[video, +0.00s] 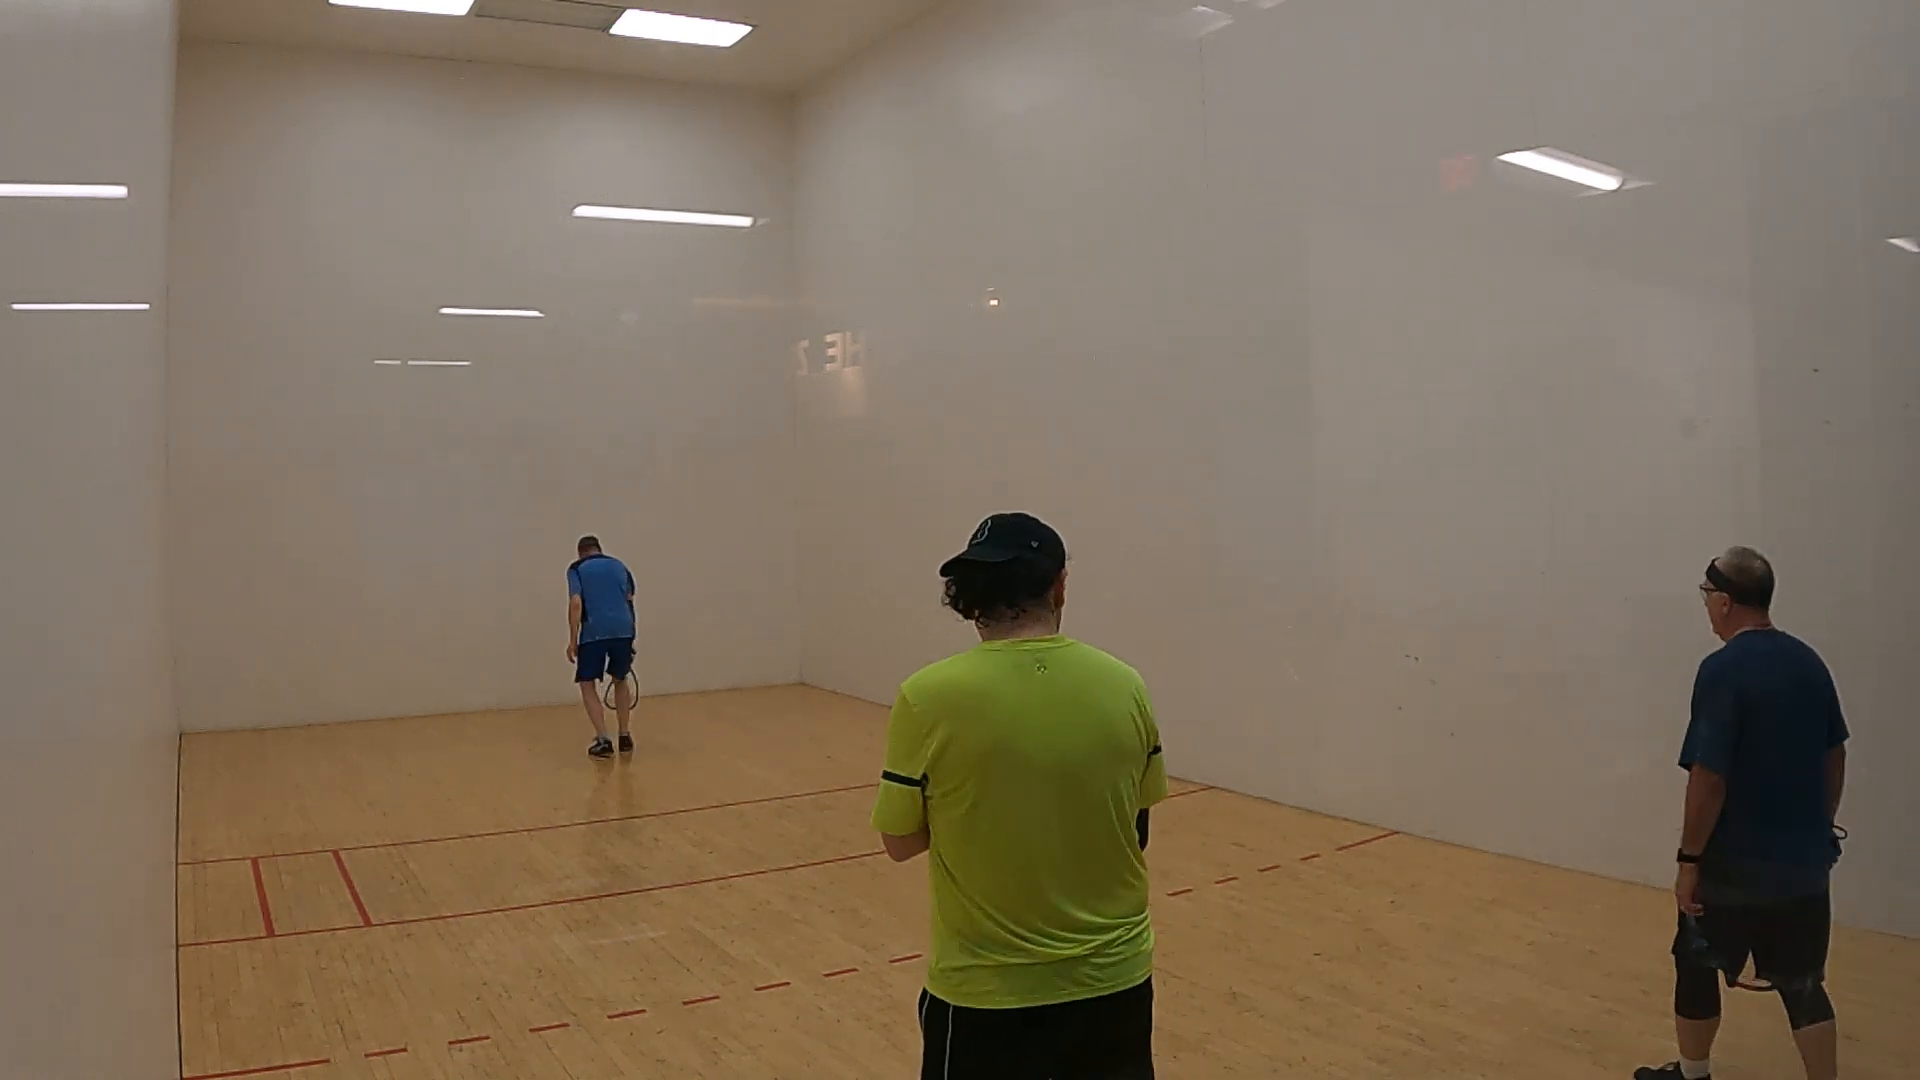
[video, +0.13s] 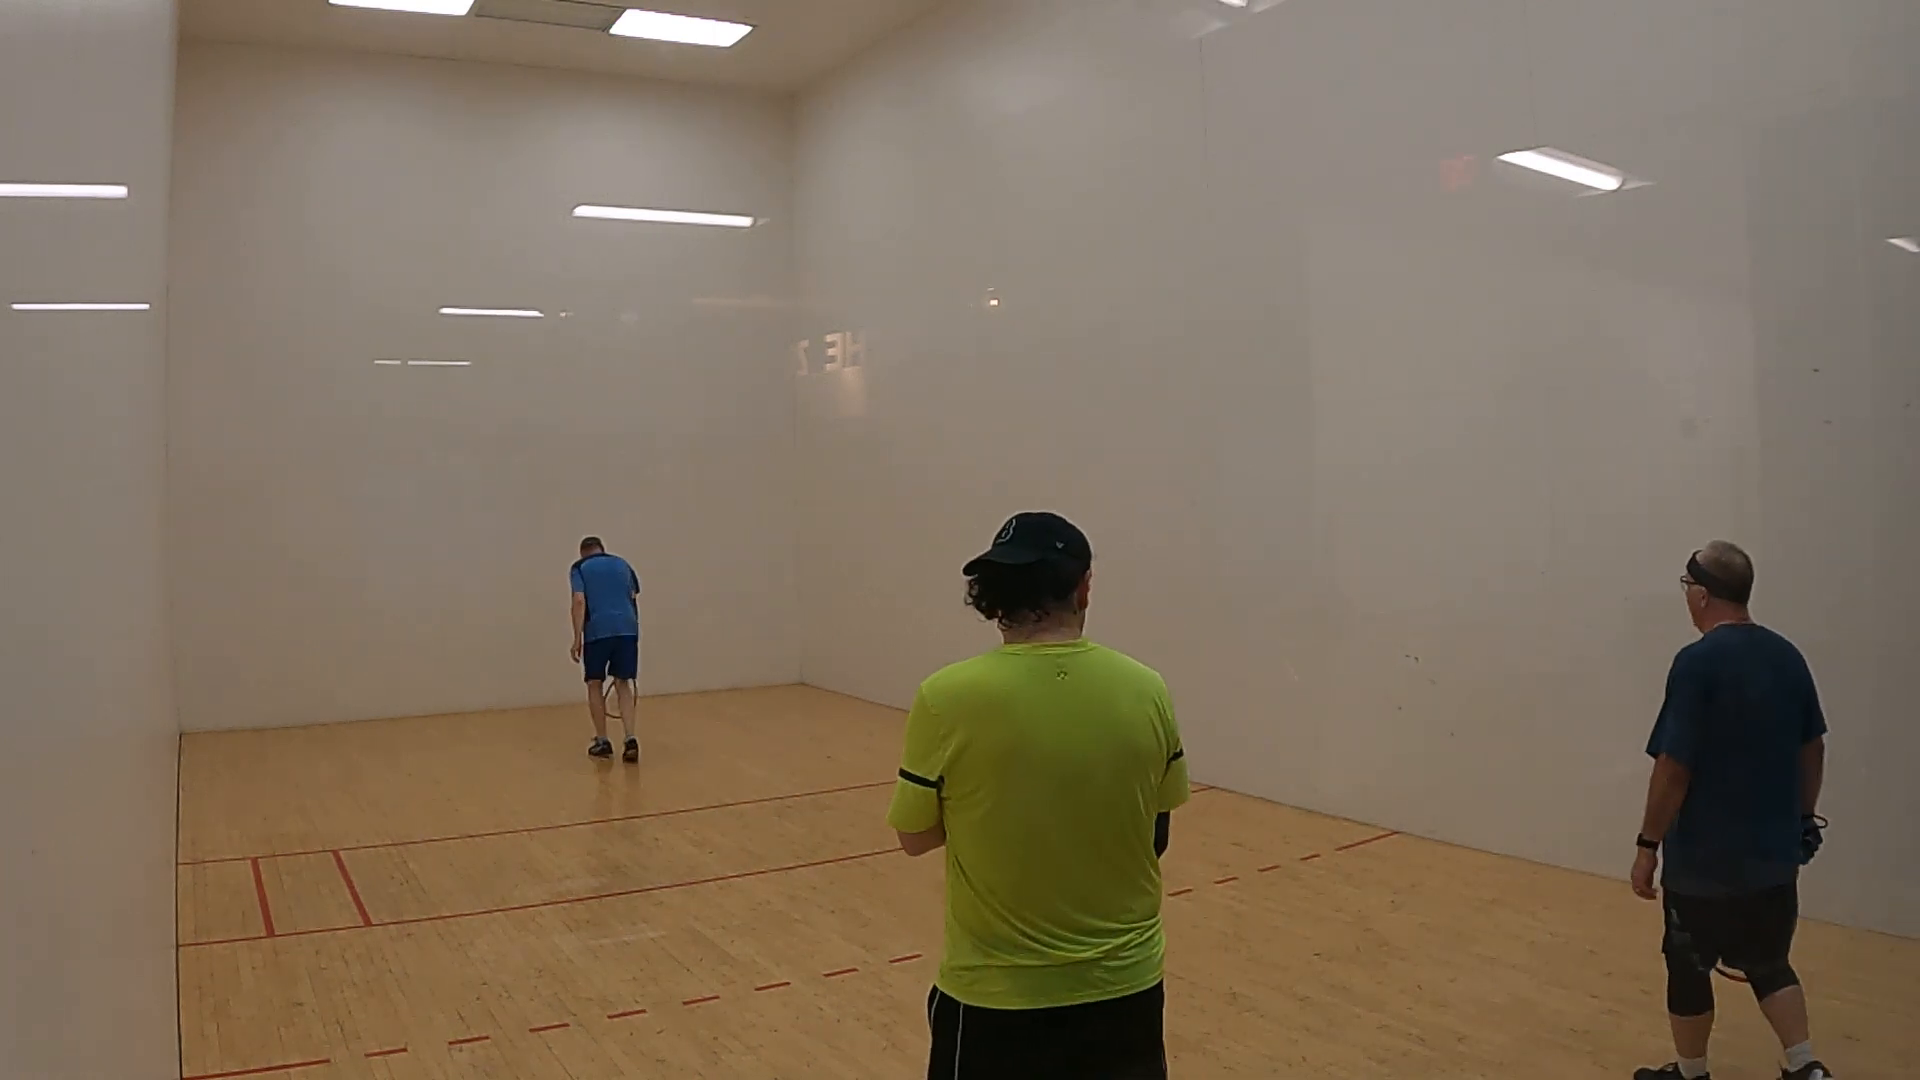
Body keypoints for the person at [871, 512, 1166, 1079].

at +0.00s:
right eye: (1065, 578)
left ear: (968, 595)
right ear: (1060, 586)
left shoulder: (929, 696)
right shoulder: (1122, 685)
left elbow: (901, 842)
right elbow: (1137, 824)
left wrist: (975, 792)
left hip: (983, 1014)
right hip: (1112, 1005)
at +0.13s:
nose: (1091, 589)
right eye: (1090, 578)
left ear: (995, 594)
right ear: (1084, 588)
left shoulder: (947, 696)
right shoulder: (1145, 690)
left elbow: (915, 837)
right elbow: (1156, 835)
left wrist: (990, 796)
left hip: (991, 1016)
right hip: (1123, 1011)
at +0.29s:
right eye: (1130, 581)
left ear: (1033, 592)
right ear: (1123, 589)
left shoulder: (987, 694)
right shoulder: (1180, 692)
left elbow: (948, 829)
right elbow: (1188, 828)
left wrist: (1025, 790)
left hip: (1017, 1015)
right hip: (1148, 1010)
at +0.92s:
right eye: (1184, 587)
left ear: (1082, 599)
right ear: (1177, 597)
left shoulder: (1037, 702)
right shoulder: (1229, 700)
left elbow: (995, 837)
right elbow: (1232, 834)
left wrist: (1070, 797)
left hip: (1060, 1017)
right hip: (1188, 1011)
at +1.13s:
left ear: (1082, 600)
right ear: (1178, 595)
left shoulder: (1041, 702)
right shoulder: (1230, 699)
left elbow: (994, 838)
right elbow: (1232, 830)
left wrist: (1071, 798)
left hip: (1062, 1014)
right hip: (1189, 1007)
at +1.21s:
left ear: (1080, 598)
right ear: (1178, 596)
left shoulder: (1041, 702)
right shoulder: (1229, 699)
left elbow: (993, 838)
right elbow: (1230, 831)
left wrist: (1071, 798)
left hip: (1061, 1014)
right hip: (1189, 1008)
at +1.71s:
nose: (1064, 590)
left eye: (1065, 576)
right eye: (1067, 575)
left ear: (1074, 589)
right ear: (1157, 587)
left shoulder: (1046, 689)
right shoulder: (1226, 691)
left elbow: (983, 827)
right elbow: (1251, 847)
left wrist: (985, 914)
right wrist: (1255, 959)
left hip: (1062, 1011)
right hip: (1188, 1005)